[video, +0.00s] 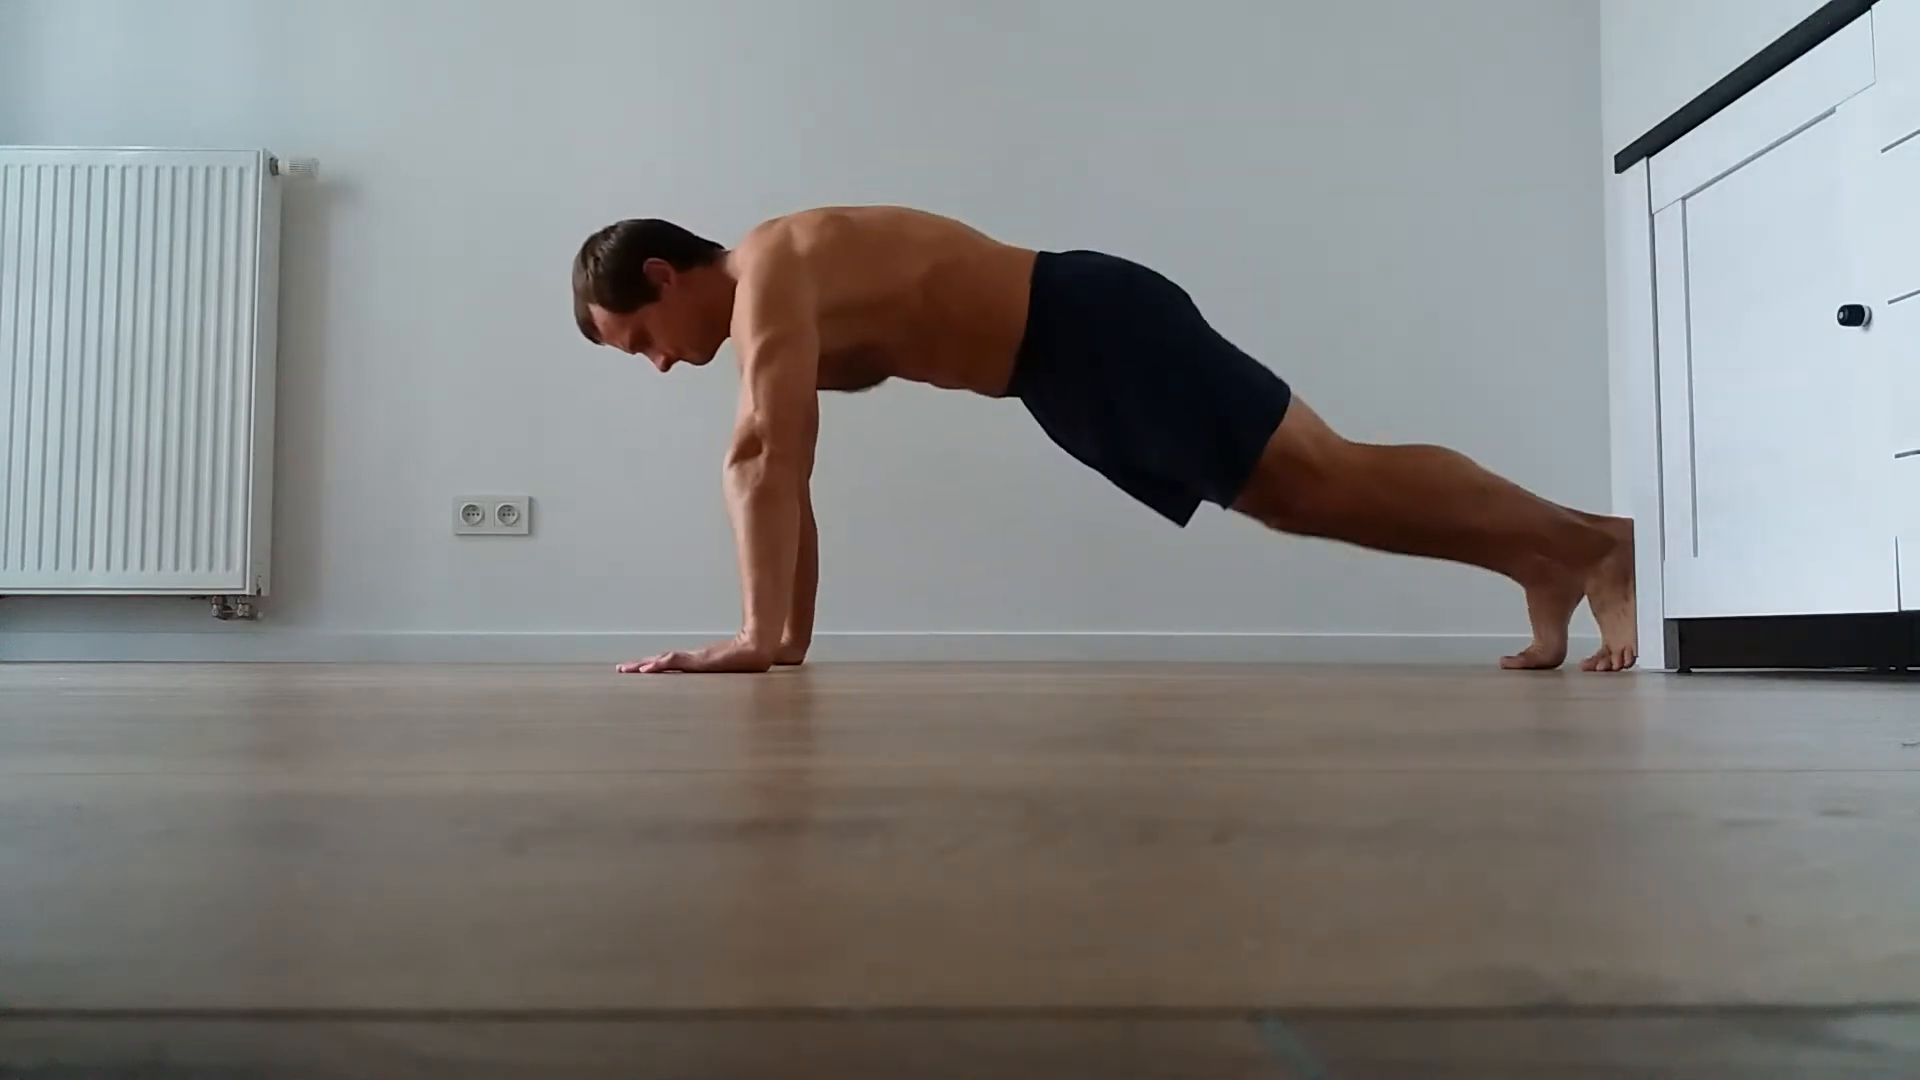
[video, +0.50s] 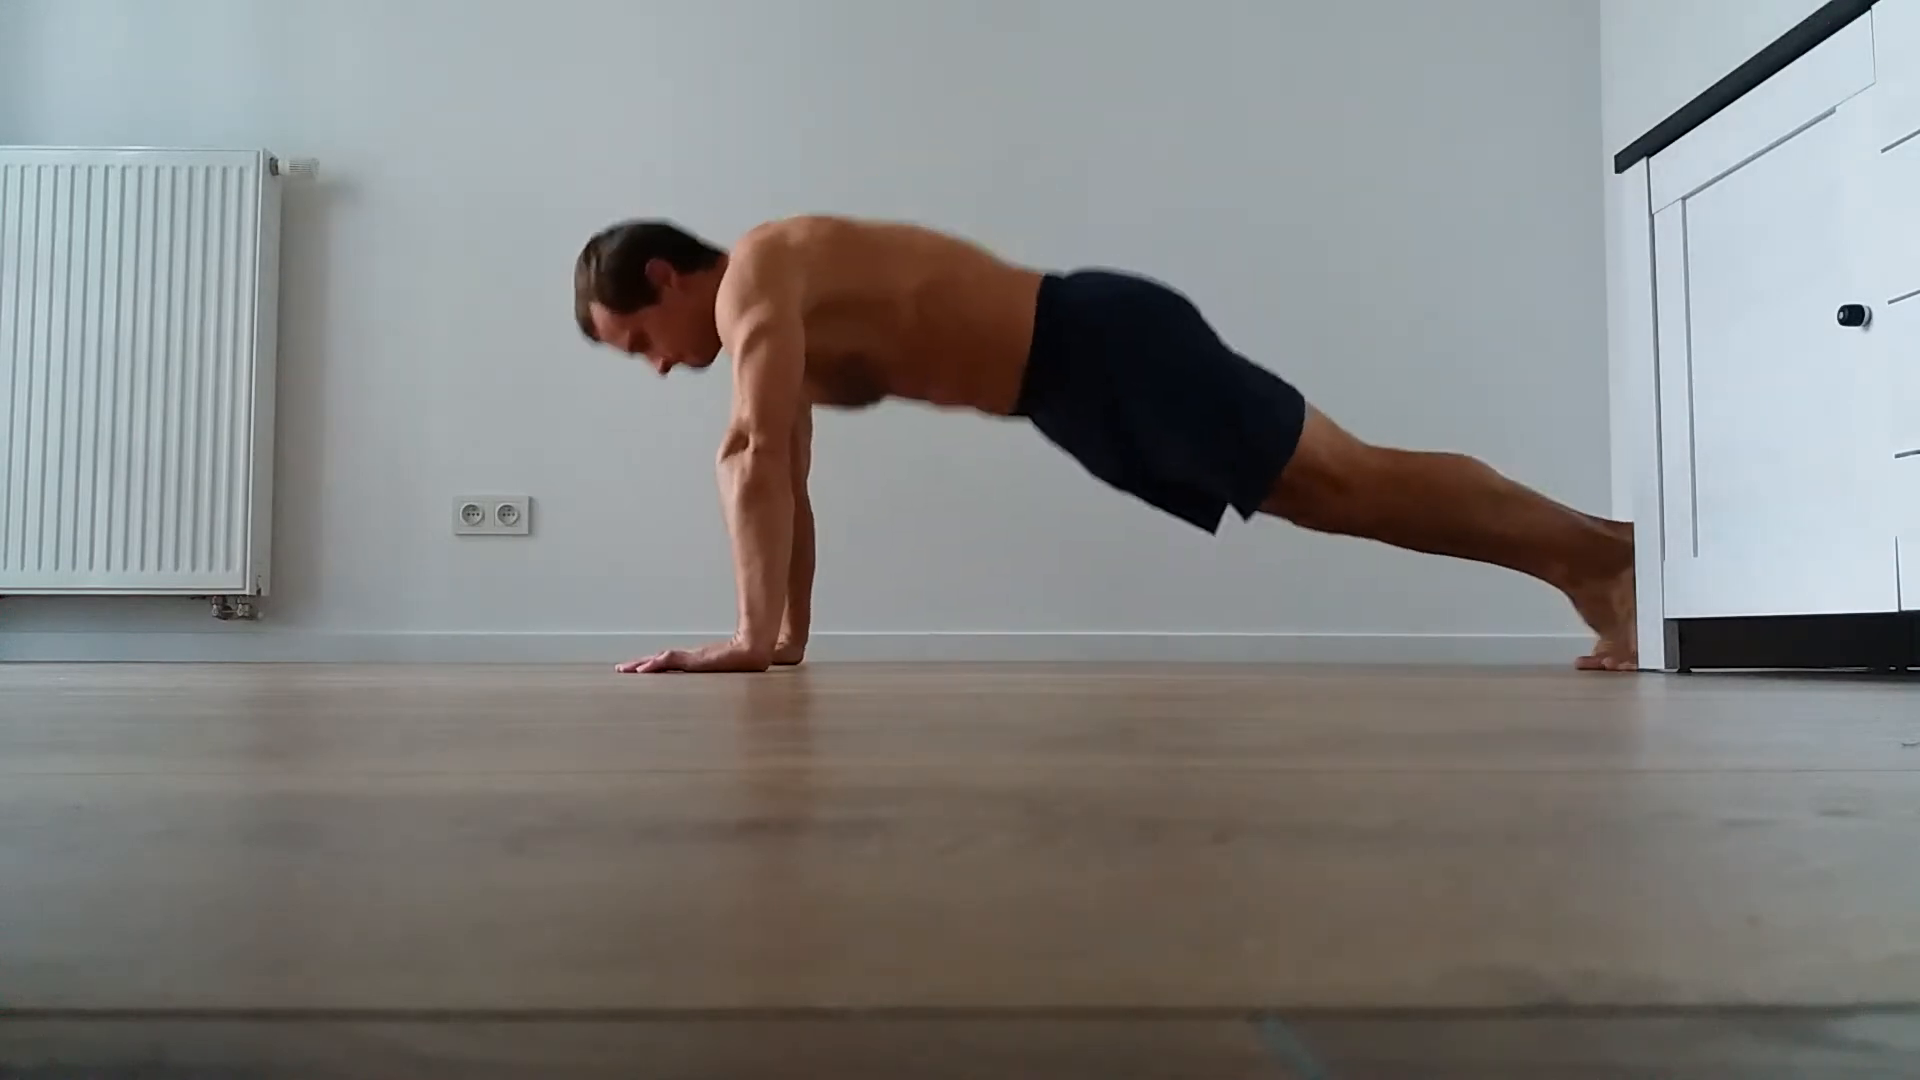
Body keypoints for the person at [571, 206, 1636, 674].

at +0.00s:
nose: (650, 360)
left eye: (634, 338)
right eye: (634, 349)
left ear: (660, 282)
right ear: (663, 287)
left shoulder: (774, 270)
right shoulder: (769, 290)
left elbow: (762, 464)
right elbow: (782, 481)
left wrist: (758, 638)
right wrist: (788, 639)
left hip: (1092, 330)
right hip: (1072, 354)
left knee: (1322, 483)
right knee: (1301, 492)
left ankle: (1589, 544)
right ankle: (1537, 564)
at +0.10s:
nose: (646, 358)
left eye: (630, 336)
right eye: (630, 346)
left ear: (654, 282)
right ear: (661, 281)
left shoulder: (770, 274)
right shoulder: (768, 286)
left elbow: (756, 466)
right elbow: (783, 478)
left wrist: (757, 639)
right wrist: (790, 639)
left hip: (1091, 330)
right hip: (1074, 350)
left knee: (1324, 479)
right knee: (1309, 481)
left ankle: (1588, 543)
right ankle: (1554, 552)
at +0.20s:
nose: (646, 359)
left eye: (629, 336)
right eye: (630, 347)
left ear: (652, 283)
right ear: (663, 278)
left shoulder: (768, 273)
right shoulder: (771, 286)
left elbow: (754, 465)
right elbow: (785, 477)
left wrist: (757, 638)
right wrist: (790, 637)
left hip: (1091, 335)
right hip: (1079, 352)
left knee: (1328, 484)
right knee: (1322, 482)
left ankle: (1584, 549)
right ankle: (1564, 561)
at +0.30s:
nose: (648, 359)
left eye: (632, 337)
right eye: (632, 347)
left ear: (655, 284)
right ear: (664, 282)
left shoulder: (769, 270)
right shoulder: (770, 288)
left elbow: (754, 464)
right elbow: (784, 478)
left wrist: (756, 638)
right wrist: (787, 640)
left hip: (1096, 337)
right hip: (1078, 361)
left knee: (1331, 481)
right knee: (1321, 485)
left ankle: (1585, 548)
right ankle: (1561, 567)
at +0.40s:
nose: (655, 350)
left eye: (640, 327)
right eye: (639, 339)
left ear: (664, 270)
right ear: (673, 273)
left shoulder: (768, 268)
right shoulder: (772, 286)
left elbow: (758, 467)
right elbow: (772, 473)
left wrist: (762, 636)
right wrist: (781, 634)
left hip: (1101, 333)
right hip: (1085, 355)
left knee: (1344, 473)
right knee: (1327, 487)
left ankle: (1596, 540)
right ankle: (1562, 571)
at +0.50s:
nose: (655, 360)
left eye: (639, 338)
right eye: (640, 349)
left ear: (659, 282)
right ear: (667, 292)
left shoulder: (761, 269)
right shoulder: (767, 298)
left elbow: (754, 463)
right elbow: (779, 481)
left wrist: (757, 637)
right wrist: (782, 637)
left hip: (1101, 352)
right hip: (1084, 374)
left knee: (1343, 486)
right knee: (1336, 486)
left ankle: (1592, 554)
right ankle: (1581, 558)